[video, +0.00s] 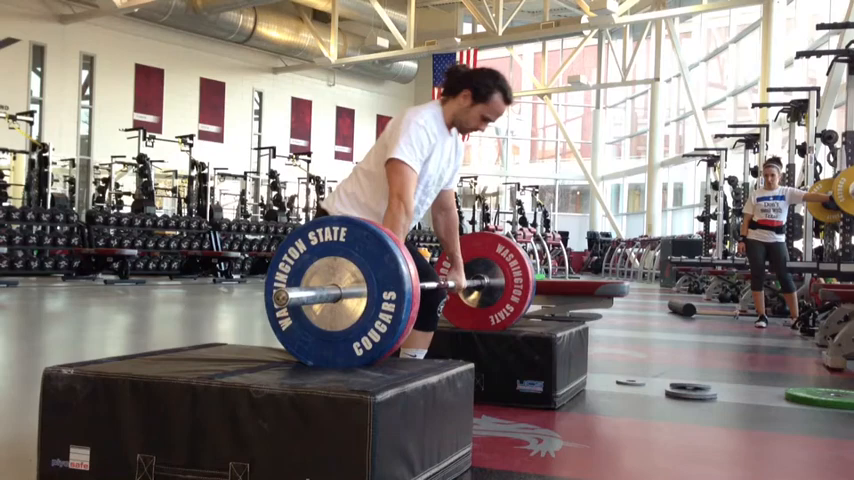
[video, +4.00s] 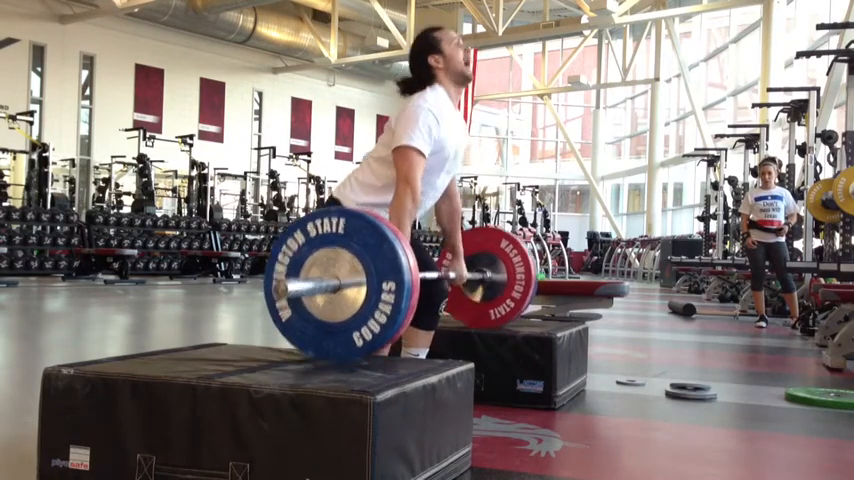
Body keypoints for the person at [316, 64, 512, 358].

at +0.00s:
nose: (483, 128)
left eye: (490, 123)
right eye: (485, 118)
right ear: (465, 97)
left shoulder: (454, 144)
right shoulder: (416, 123)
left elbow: (445, 209)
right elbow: (400, 205)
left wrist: (457, 266)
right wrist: (385, 271)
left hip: (384, 231)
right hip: (343, 222)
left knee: (430, 289)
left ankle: (407, 385)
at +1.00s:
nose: (522, 147)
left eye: (529, 142)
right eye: (524, 137)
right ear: (507, 113)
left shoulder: (484, 153)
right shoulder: (453, 130)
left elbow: (458, 214)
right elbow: (419, 205)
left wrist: (457, 270)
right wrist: (390, 270)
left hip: (390, 224)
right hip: (350, 210)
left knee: (425, 288)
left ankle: (406, 384)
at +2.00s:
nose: (521, 148)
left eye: (529, 143)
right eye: (524, 138)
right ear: (507, 116)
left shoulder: (483, 153)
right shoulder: (453, 132)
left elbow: (457, 215)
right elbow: (419, 207)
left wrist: (457, 271)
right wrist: (388, 270)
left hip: (389, 223)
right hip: (350, 210)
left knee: (424, 287)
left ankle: (406, 382)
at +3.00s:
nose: (468, 70)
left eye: (468, 64)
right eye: (460, 63)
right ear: (434, 72)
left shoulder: (447, 135)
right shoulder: (413, 119)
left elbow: (442, 205)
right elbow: (398, 199)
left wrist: (455, 262)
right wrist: (389, 269)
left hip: (385, 229)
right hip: (348, 224)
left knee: (430, 290)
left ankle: (408, 383)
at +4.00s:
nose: (468, 51)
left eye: (464, 45)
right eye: (458, 46)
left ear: (443, 63)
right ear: (436, 62)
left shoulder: (454, 120)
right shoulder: (424, 106)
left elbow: (447, 194)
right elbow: (407, 190)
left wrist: (456, 255)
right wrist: (396, 259)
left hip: (389, 219)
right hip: (353, 214)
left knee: (433, 285)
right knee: (391, 295)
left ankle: (409, 383)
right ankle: (371, 386)